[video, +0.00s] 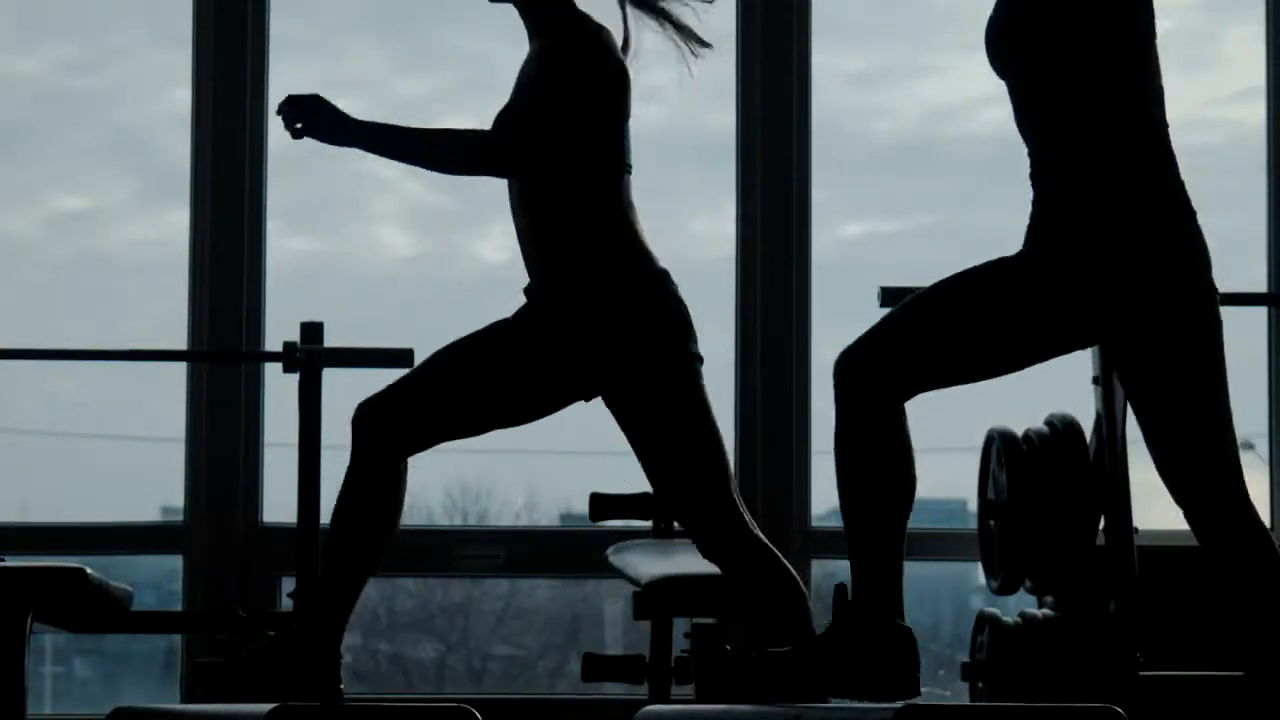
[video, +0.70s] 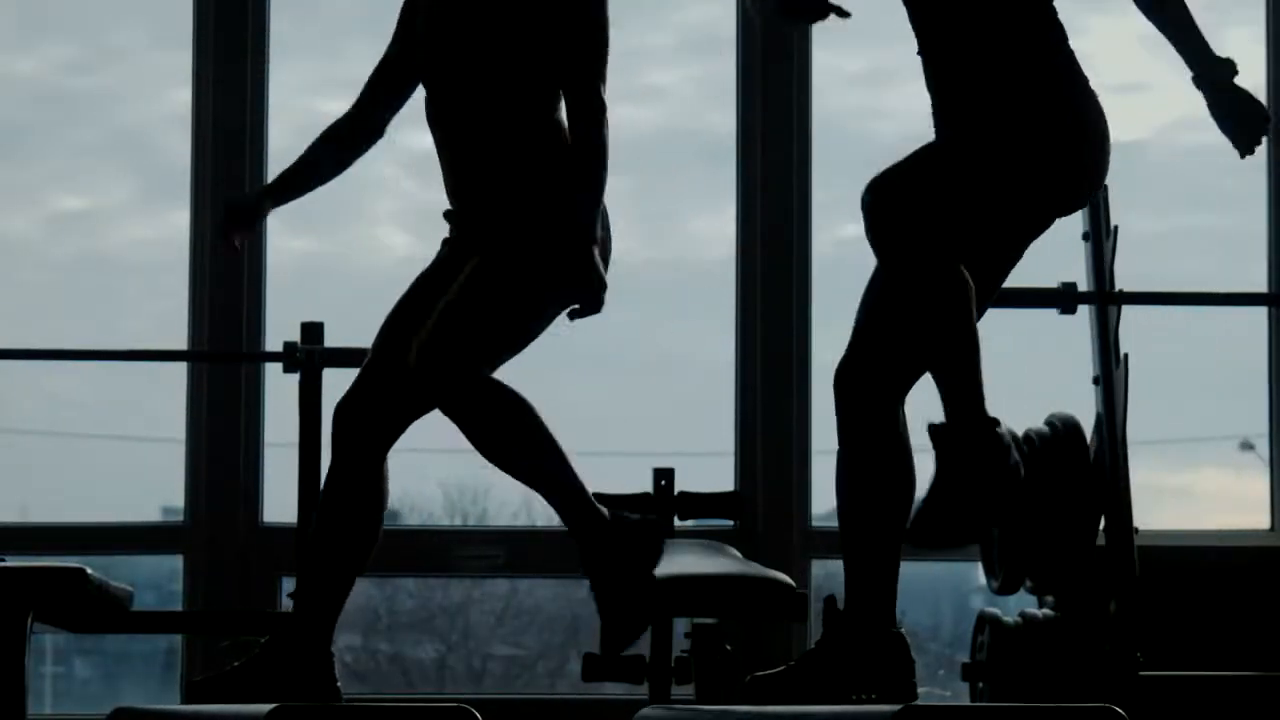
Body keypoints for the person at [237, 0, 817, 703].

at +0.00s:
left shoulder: (582, 54)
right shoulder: (550, 57)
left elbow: (501, 153)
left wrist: (351, 131)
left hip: (627, 324)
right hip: (565, 322)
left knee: (715, 520)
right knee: (382, 428)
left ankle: (815, 695)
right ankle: (311, 657)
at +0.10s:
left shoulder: (519, 46)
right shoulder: (501, 56)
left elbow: (456, 169)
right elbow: (508, 231)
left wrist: (332, 212)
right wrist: (428, 305)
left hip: (556, 311)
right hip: (526, 310)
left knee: (662, 520)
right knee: (331, 424)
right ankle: (304, 650)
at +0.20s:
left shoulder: (508, 11)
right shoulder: (422, 38)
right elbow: (366, 174)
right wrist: (233, 213)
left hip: (543, 272)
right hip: (475, 272)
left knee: (549, 484)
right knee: (319, 418)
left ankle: (698, 654)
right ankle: (302, 655)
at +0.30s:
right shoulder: (385, 2)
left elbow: (570, 109)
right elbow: (278, 96)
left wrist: (600, 237)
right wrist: (149, 99)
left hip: (531, 230)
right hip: (448, 234)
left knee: (433, 377)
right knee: (331, 414)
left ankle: (587, 571)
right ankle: (303, 648)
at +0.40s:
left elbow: (606, 88)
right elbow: (259, 55)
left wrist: (675, 216)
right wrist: (152, 30)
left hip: (525, 196)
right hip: (458, 210)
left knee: (358, 222)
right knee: (333, 411)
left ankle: (474, 448)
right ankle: (306, 646)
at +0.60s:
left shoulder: (549, 0)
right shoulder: (395, 0)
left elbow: (606, 111)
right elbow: (303, 86)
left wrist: (659, 245)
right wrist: (211, 99)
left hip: (541, 209)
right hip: (463, 220)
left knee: (365, 236)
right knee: (331, 415)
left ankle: (485, 442)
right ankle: (304, 647)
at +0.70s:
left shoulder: (573, 0)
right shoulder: (432, 6)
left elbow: (588, 116)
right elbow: (366, 120)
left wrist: (585, 244)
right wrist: (265, 198)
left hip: (550, 238)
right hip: (471, 238)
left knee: (450, 370)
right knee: (360, 424)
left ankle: (604, 542)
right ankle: (307, 648)